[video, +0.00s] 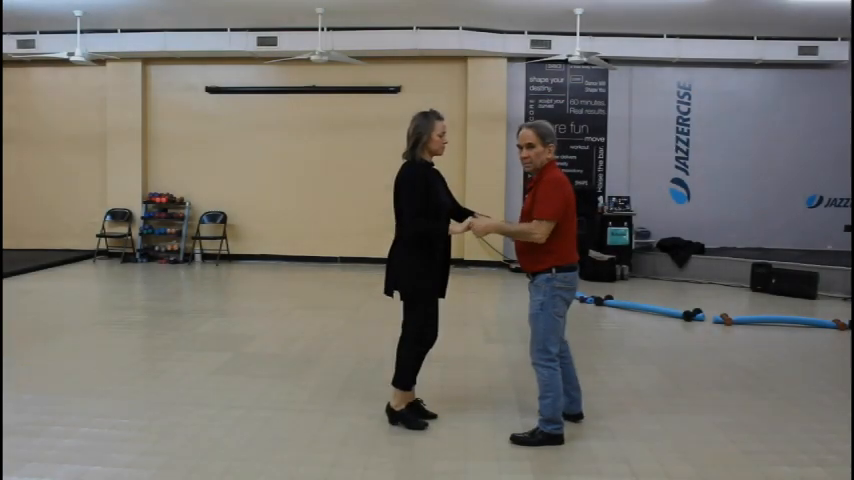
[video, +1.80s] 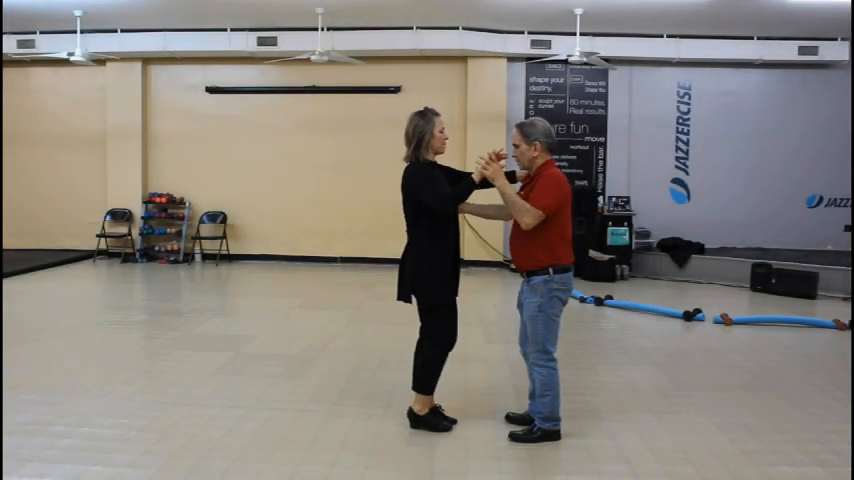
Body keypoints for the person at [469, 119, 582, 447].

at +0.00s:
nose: (523, 153)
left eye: (530, 147)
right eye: (520, 147)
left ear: (549, 149)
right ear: (519, 149)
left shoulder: (554, 182)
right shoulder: (539, 181)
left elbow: (539, 233)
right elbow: (532, 229)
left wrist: (495, 227)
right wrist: (497, 226)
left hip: (553, 279)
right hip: (547, 276)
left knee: (544, 354)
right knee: (556, 346)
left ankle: (550, 427)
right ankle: (571, 407)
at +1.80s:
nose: (513, 153)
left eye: (517, 146)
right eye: (513, 147)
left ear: (536, 148)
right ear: (536, 148)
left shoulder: (552, 179)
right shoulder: (534, 179)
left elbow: (529, 218)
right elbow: (510, 212)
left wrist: (500, 181)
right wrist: (464, 207)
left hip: (549, 279)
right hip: (535, 277)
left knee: (541, 353)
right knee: (531, 349)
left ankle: (548, 424)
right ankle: (537, 412)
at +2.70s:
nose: (492, 151)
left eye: (497, 145)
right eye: (491, 145)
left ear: (516, 148)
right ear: (512, 148)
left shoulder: (533, 178)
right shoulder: (501, 183)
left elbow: (509, 197)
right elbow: (466, 209)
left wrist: (499, 156)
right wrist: (433, 199)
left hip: (523, 276)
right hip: (507, 276)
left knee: (496, 347)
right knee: (514, 347)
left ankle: (518, 418)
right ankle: (525, 416)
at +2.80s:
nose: (491, 152)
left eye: (495, 146)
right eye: (489, 146)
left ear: (513, 148)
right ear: (509, 149)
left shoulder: (530, 179)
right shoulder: (499, 184)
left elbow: (506, 198)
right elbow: (463, 208)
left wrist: (497, 156)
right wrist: (432, 195)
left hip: (518, 277)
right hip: (504, 276)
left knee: (489, 349)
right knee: (512, 348)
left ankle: (489, 426)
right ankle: (525, 417)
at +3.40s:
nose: (481, 150)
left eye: (487, 145)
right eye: (483, 145)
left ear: (503, 151)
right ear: (503, 152)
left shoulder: (517, 181)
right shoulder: (496, 183)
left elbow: (496, 198)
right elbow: (466, 213)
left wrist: (491, 156)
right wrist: (432, 208)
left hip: (498, 282)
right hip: (496, 280)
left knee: (466, 356)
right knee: (495, 351)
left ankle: (449, 430)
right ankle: (523, 416)